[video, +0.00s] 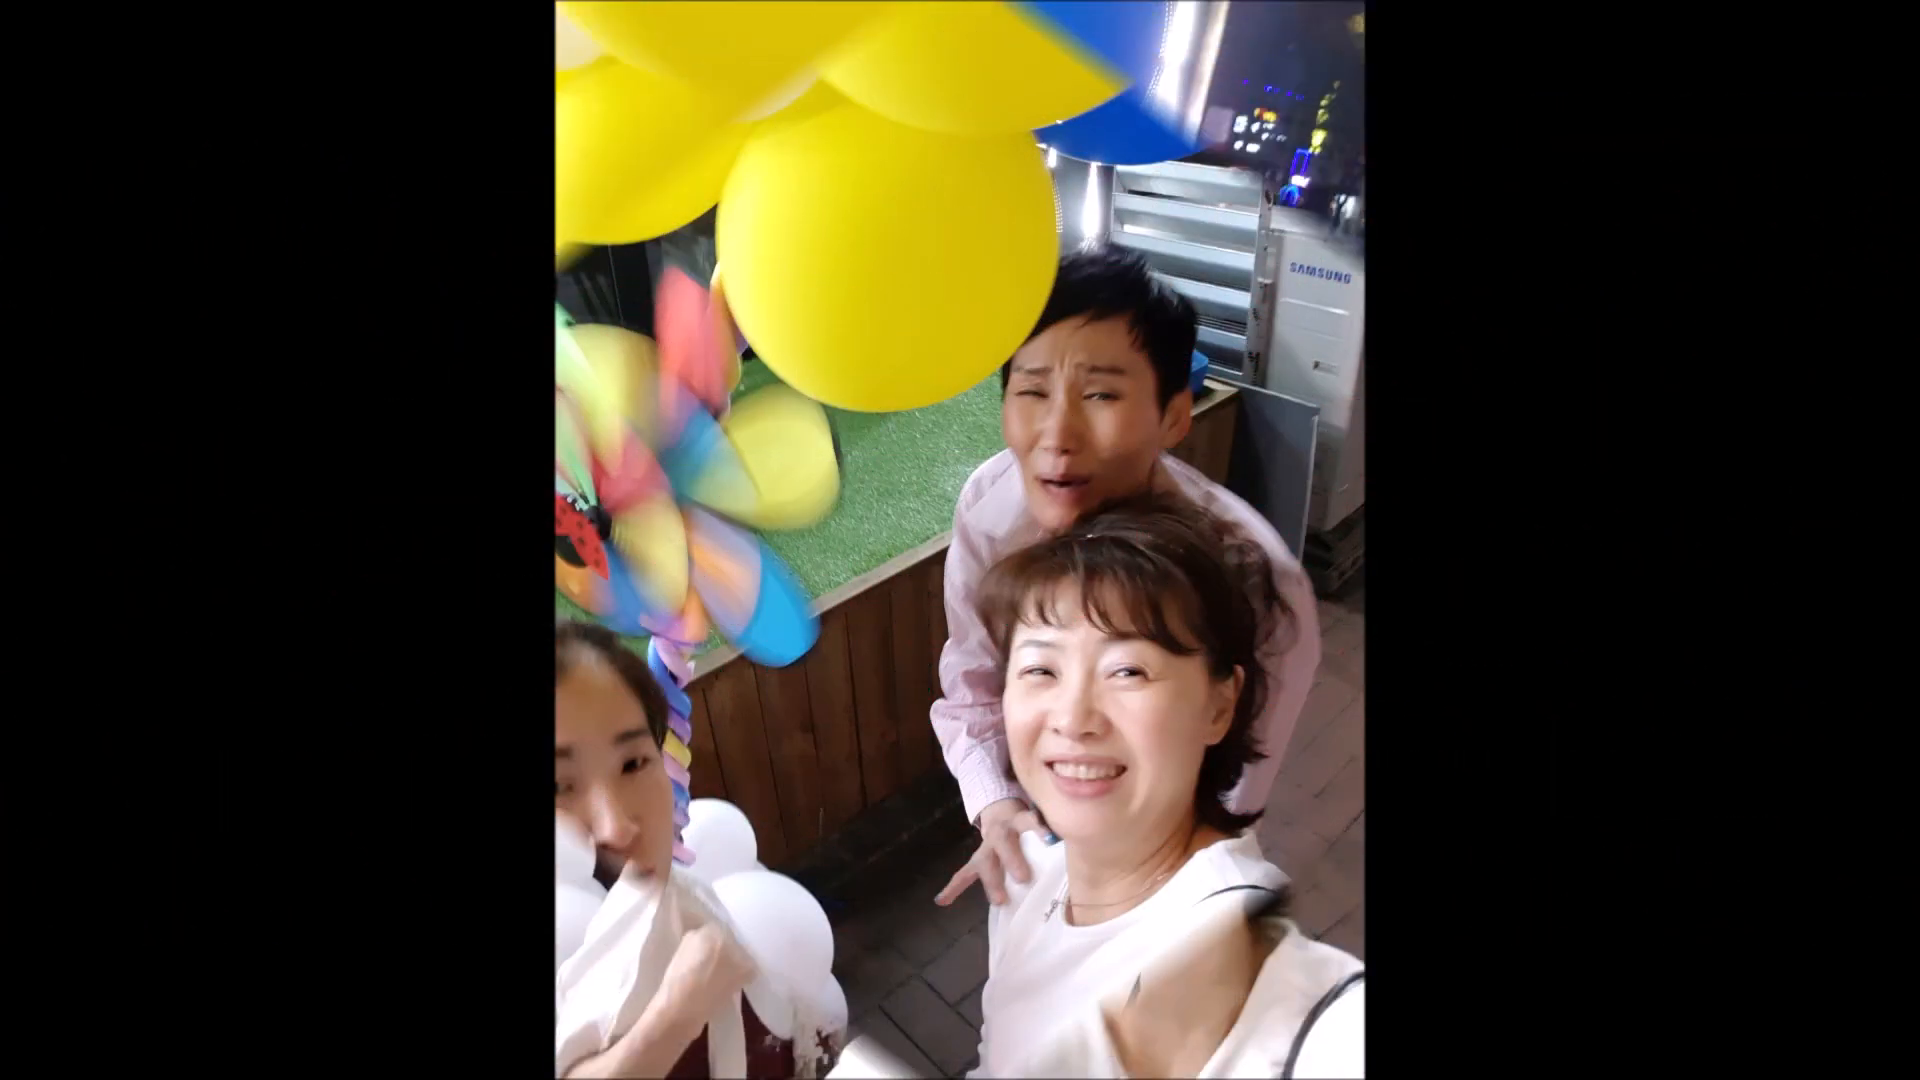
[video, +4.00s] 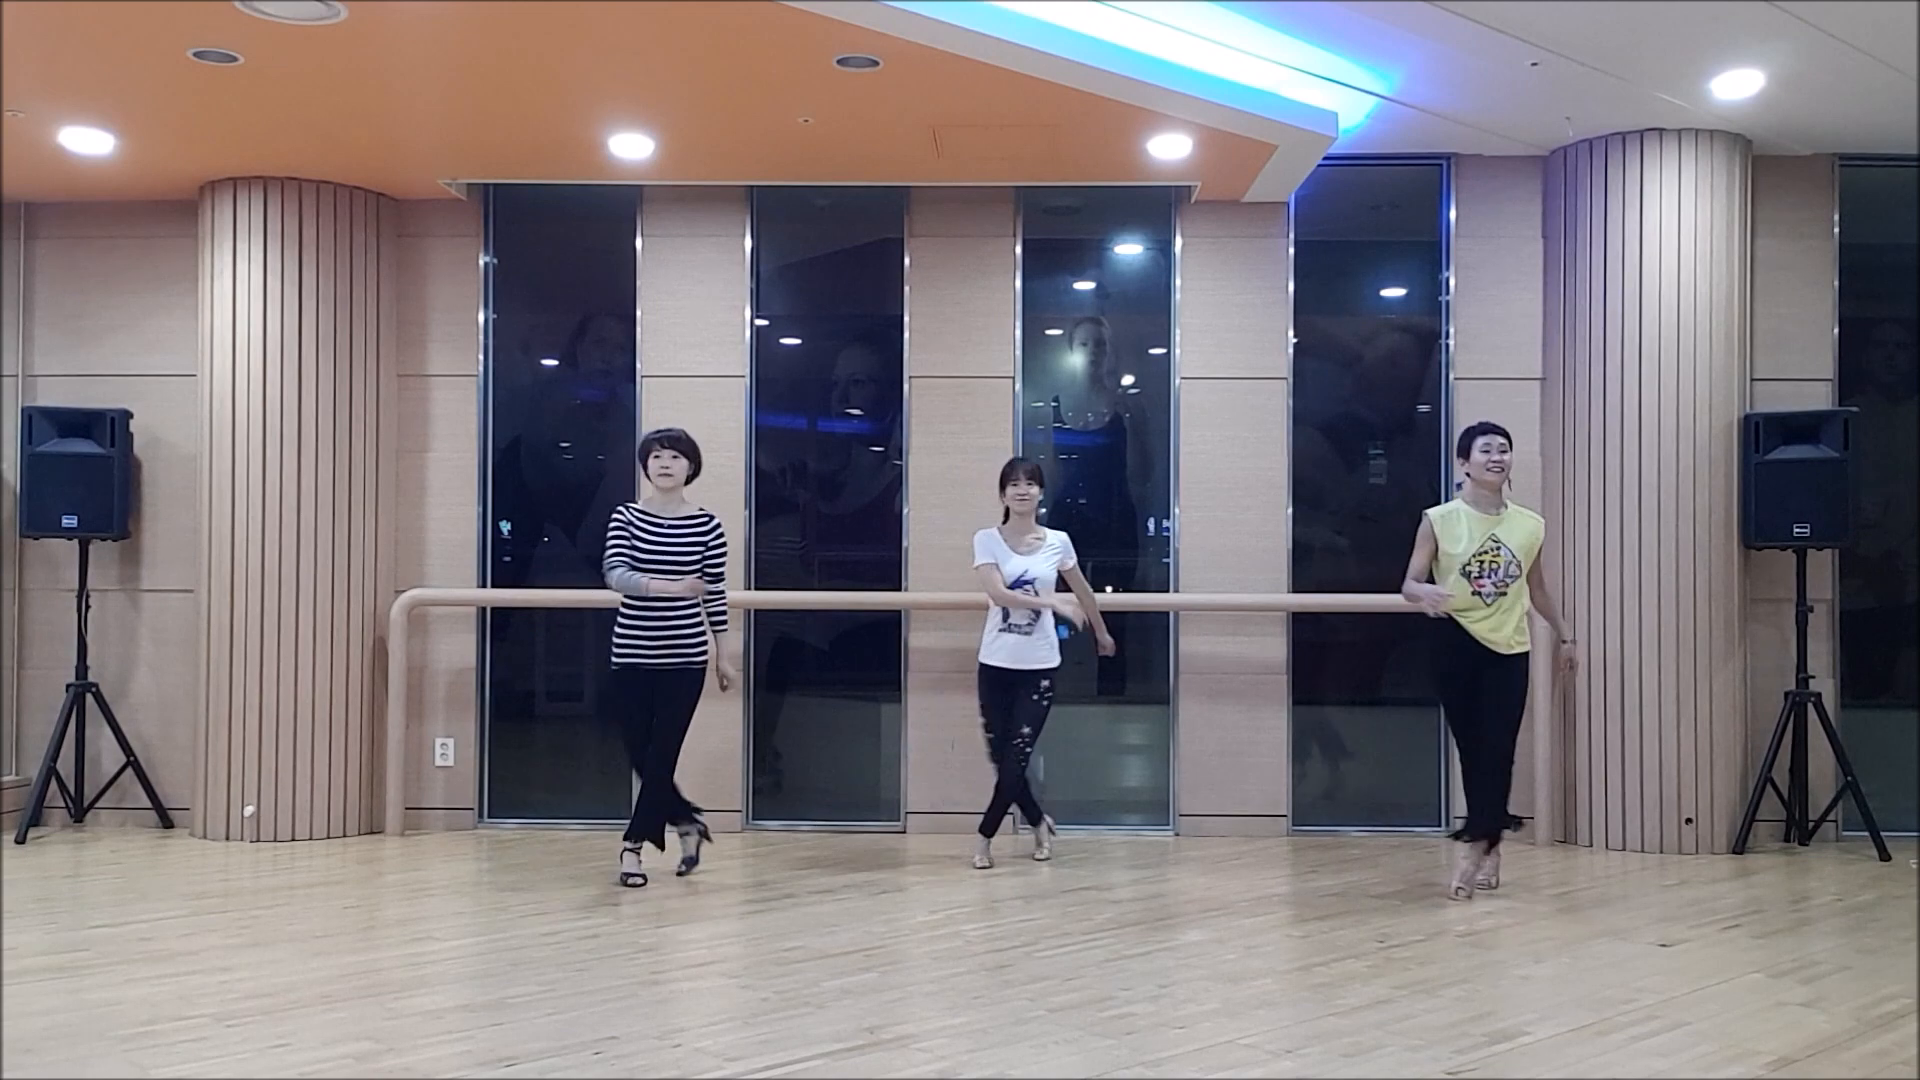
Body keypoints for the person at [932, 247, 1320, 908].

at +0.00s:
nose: (1057, 435)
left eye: (1101, 396)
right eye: (1033, 393)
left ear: (1174, 420)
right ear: (1004, 407)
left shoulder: (1253, 576)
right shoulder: (990, 504)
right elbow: (967, 677)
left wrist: (1224, 818)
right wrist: (992, 802)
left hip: (1177, 818)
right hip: (1040, 806)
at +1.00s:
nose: (937, 469)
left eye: (971, 438)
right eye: (917, 435)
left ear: (1030, 448)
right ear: (895, 434)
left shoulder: (1058, 604)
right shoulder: (869, 470)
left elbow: (1023, 756)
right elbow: (771, 446)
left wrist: (973, 855)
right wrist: (749, 410)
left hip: (951, 818)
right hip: (844, 773)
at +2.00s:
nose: (956, 495)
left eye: (964, 487)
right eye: (948, 488)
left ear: (977, 494)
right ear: (937, 495)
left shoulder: (996, 544)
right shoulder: (920, 549)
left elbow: (1018, 600)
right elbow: (909, 614)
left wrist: (1008, 637)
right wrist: (900, 669)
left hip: (992, 670)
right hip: (942, 670)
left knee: (990, 758)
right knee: (935, 763)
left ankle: (983, 837)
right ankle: (943, 856)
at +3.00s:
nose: (974, 491)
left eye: (981, 484)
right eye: (965, 485)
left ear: (992, 491)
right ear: (954, 493)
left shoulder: (1012, 541)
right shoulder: (940, 545)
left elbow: (1044, 592)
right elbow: (933, 607)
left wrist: (1072, 637)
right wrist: (961, 603)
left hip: (994, 667)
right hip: (945, 662)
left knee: (985, 756)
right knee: (915, 747)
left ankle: (977, 842)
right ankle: (881, 829)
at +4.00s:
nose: (1023, 490)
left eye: (1030, 483)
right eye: (1015, 484)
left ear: (1041, 492)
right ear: (1002, 493)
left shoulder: (1058, 541)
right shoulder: (987, 540)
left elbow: (1082, 591)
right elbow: (998, 594)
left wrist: (1101, 633)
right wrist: (1052, 601)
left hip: (1040, 666)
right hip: (995, 664)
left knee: (1017, 753)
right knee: (1002, 754)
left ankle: (984, 837)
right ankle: (1039, 823)